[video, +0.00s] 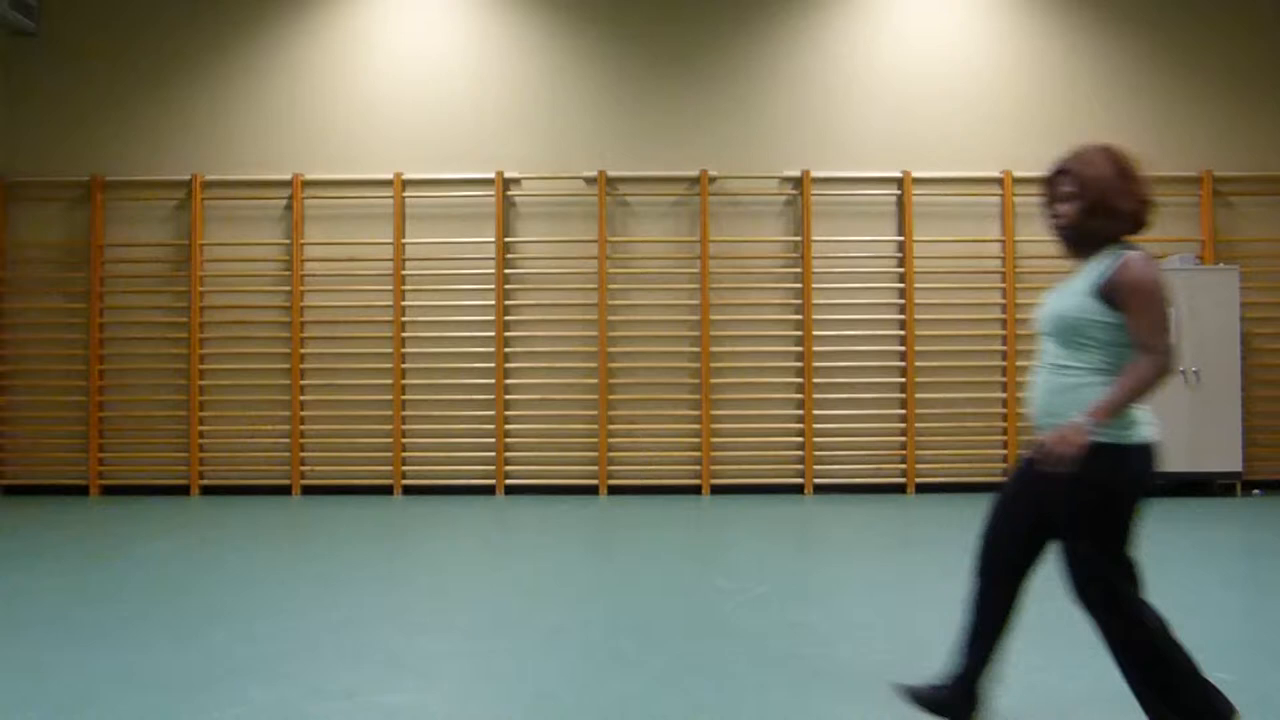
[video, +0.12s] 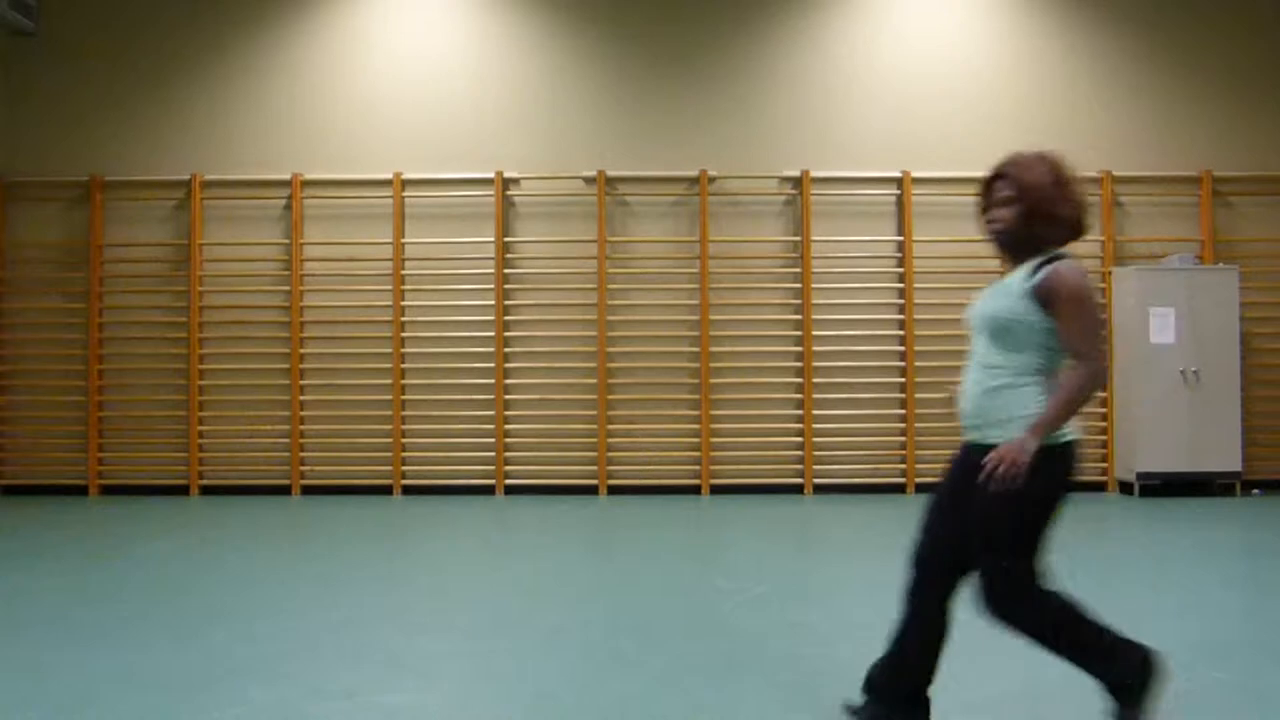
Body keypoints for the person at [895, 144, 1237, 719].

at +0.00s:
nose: (1057, 207)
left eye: (1070, 196)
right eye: (1052, 197)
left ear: (1106, 201)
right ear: (1050, 203)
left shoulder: (1132, 268)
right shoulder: (1086, 271)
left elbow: (1155, 357)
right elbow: (1088, 364)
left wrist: (1087, 423)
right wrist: (1050, 430)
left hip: (1106, 454)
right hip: (1059, 450)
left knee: (1104, 586)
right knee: (1001, 559)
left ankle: (1199, 710)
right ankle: (960, 690)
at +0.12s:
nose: (992, 212)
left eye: (1006, 201)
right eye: (989, 203)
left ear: (1040, 208)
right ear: (986, 211)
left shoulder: (1062, 277)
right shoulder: (1015, 278)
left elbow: (1088, 366)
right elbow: (1022, 365)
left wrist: (1032, 436)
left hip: (1030, 458)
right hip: (982, 452)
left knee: (1008, 593)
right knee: (933, 572)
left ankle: (1126, 667)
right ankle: (896, 699)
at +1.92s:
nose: (582, 225)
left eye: (591, 216)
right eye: (571, 217)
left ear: (605, 225)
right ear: (555, 227)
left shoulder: (630, 298)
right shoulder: (534, 290)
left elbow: (649, 379)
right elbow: (516, 367)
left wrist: (627, 415)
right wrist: (467, 366)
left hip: (609, 457)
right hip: (542, 458)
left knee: (607, 584)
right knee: (525, 581)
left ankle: (601, 707)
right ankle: (521, 706)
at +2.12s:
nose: (561, 216)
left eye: (572, 207)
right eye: (550, 209)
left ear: (589, 216)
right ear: (537, 221)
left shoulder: (618, 290)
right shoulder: (516, 283)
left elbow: (634, 363)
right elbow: (485, 364)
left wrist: (642, 416)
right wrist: (492, 337)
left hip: (586, 446)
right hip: (517, 447)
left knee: (596, 571)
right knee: (515, 576)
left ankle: (601, 702)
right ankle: (517, 702)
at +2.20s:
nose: (551, 209)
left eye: (561, 199)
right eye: (540, 202)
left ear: (582, 208)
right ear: (528, 217)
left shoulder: (613, 282)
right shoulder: (511, 276)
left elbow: (624, 354)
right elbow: (483, 360)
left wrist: (644, 404)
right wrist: (495, 332)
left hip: (583, 438)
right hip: (513, 440)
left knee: (594, 559)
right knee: (514, 570)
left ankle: (601, 695)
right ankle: (518, 700)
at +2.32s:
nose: (548, 206)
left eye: (557, 196)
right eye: (537, 201)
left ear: (578, 206)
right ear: (524, 215)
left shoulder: (603, 279)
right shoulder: (507, 275)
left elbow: (611, 350)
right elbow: (484, 350)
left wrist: (645, 399)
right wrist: (511, 352)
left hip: (580, 440)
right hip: (511, 442)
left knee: (587, 572)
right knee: (517, 574)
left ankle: (601, 706)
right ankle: (518, 704)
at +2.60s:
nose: (546, 225)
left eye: (556, 215)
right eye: (535, 218)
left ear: (574, 225)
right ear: (522, 231)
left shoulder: (609, 292)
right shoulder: (508, 301)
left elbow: (626, 361)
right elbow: (488, 382)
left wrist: (640, 409)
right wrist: (472, 459)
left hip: (577, 454)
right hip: (511, 452)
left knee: (577, 577)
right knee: (514, 581)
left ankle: (603, 692)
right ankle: (519, 701)